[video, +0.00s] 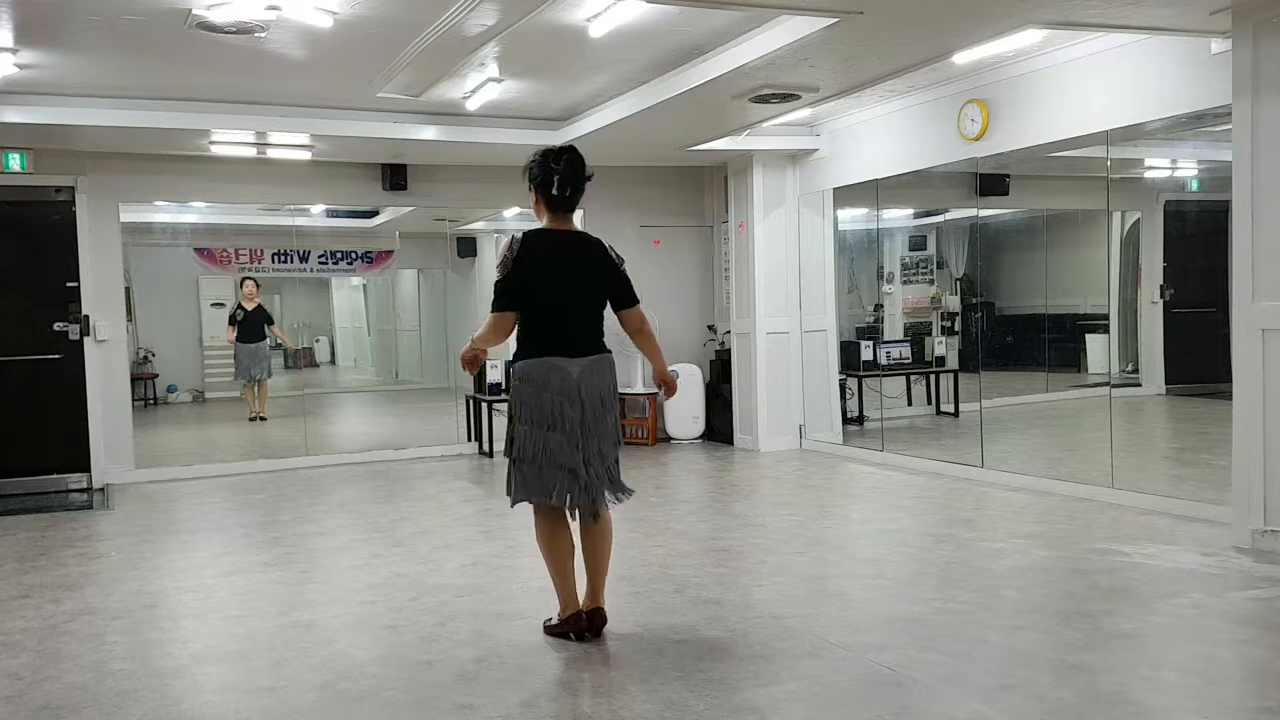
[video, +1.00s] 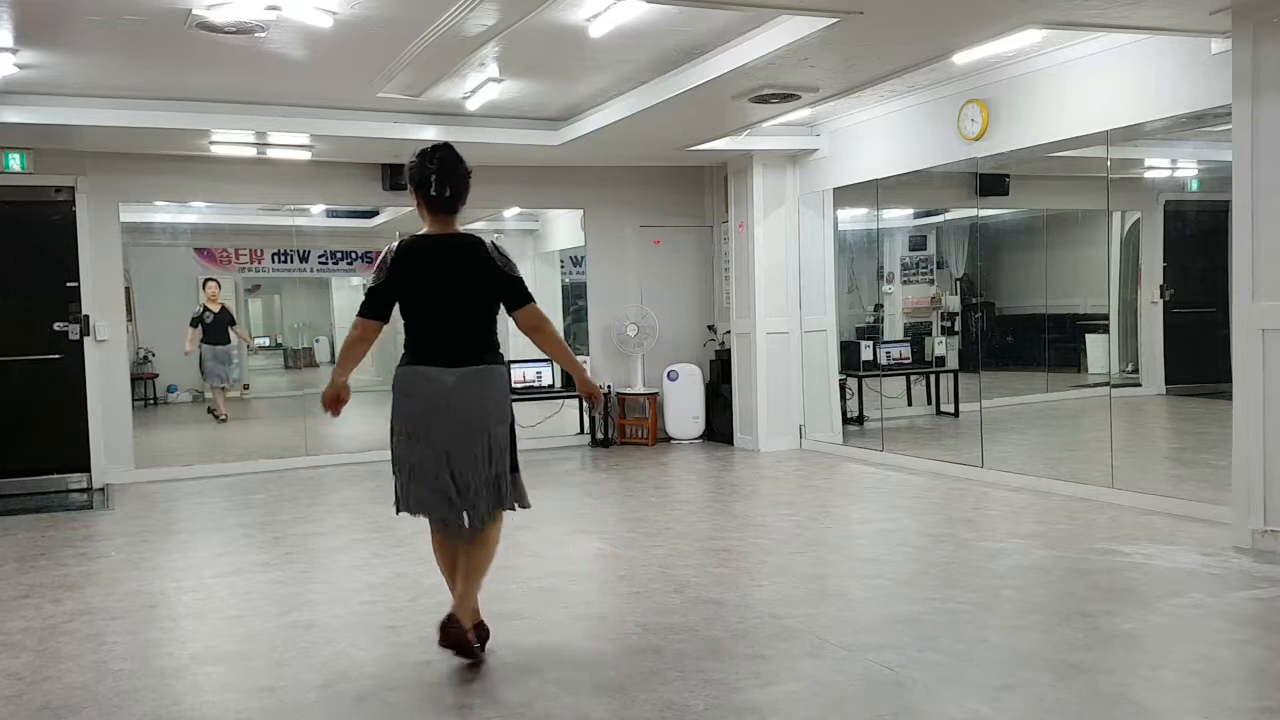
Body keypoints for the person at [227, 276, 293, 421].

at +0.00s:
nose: (250, 289)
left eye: (253, 287)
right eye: (247, 287)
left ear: (257, 289)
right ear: (242, 290)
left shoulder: (262, 308)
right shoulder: (237, 309)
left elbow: (273, 328)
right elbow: (231, 327)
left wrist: (288, 343)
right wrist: (231, 335)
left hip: (261, 347)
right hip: (243, 348)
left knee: (262, 381)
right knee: (248, 382)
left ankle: (262, 410)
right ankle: (253, 410)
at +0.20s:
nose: (245, 289)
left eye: (248, 286)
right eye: (242, 287)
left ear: (252, 289)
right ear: (236, 290)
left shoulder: (257, 308)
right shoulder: (232, 308)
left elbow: (268, 327)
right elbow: (225, 327)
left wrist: (282, 339)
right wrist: (221, 336)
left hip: (256, 347)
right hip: (238, 347)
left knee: (261, 380)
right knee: (238, 379)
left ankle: (261, 411)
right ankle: (235, 410)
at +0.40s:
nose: (236, 290)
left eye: (239, 287)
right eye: (232, 287)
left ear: (242, 290)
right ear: (227, 290)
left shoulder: (248, 309)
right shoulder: (222, 309)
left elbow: (261, 327)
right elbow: (216, 327)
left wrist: (275, 338)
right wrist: (211, 334)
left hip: (248, 348)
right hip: (228, 349)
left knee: (255, 380)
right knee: (226, 381)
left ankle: (261, 410)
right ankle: (224, 412)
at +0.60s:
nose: (226, 290)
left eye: (229, 287)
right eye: (223, 287)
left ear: (233, 289)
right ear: (218, 290)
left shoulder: (237, 308)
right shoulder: (212, 308)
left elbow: (248, 327)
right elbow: (205, 325)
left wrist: (261, 338)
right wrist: (204, 330)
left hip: (237, 347)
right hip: (219, 348)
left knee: (248, 378)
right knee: (221, 382)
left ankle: (260, 409)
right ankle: (223, 413)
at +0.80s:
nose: (219, 290)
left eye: (222, 287)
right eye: (215, 287)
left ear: (226, 290)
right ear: (210, 290)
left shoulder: (230, 308)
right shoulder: (207, 308)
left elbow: (240, 328)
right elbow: (198, 325)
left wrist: (253, 342)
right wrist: (200, 333)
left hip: (232, 346)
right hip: (214, 348)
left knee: (240, 378)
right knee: (218, 383)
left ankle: (245, 409)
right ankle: (223, 412)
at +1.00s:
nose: (213, 291)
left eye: (216, 288)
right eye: (210, 288)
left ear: (220, 290)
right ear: (204, 291)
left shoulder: (225, 309)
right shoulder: (201, 310)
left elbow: (236, 328)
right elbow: (192, 329)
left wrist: (248, 341)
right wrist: (188, 345)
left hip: (225, 348)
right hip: (209, 348)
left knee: (224, 380)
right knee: (215, 381)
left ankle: (214, 407)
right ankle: (222, 411)